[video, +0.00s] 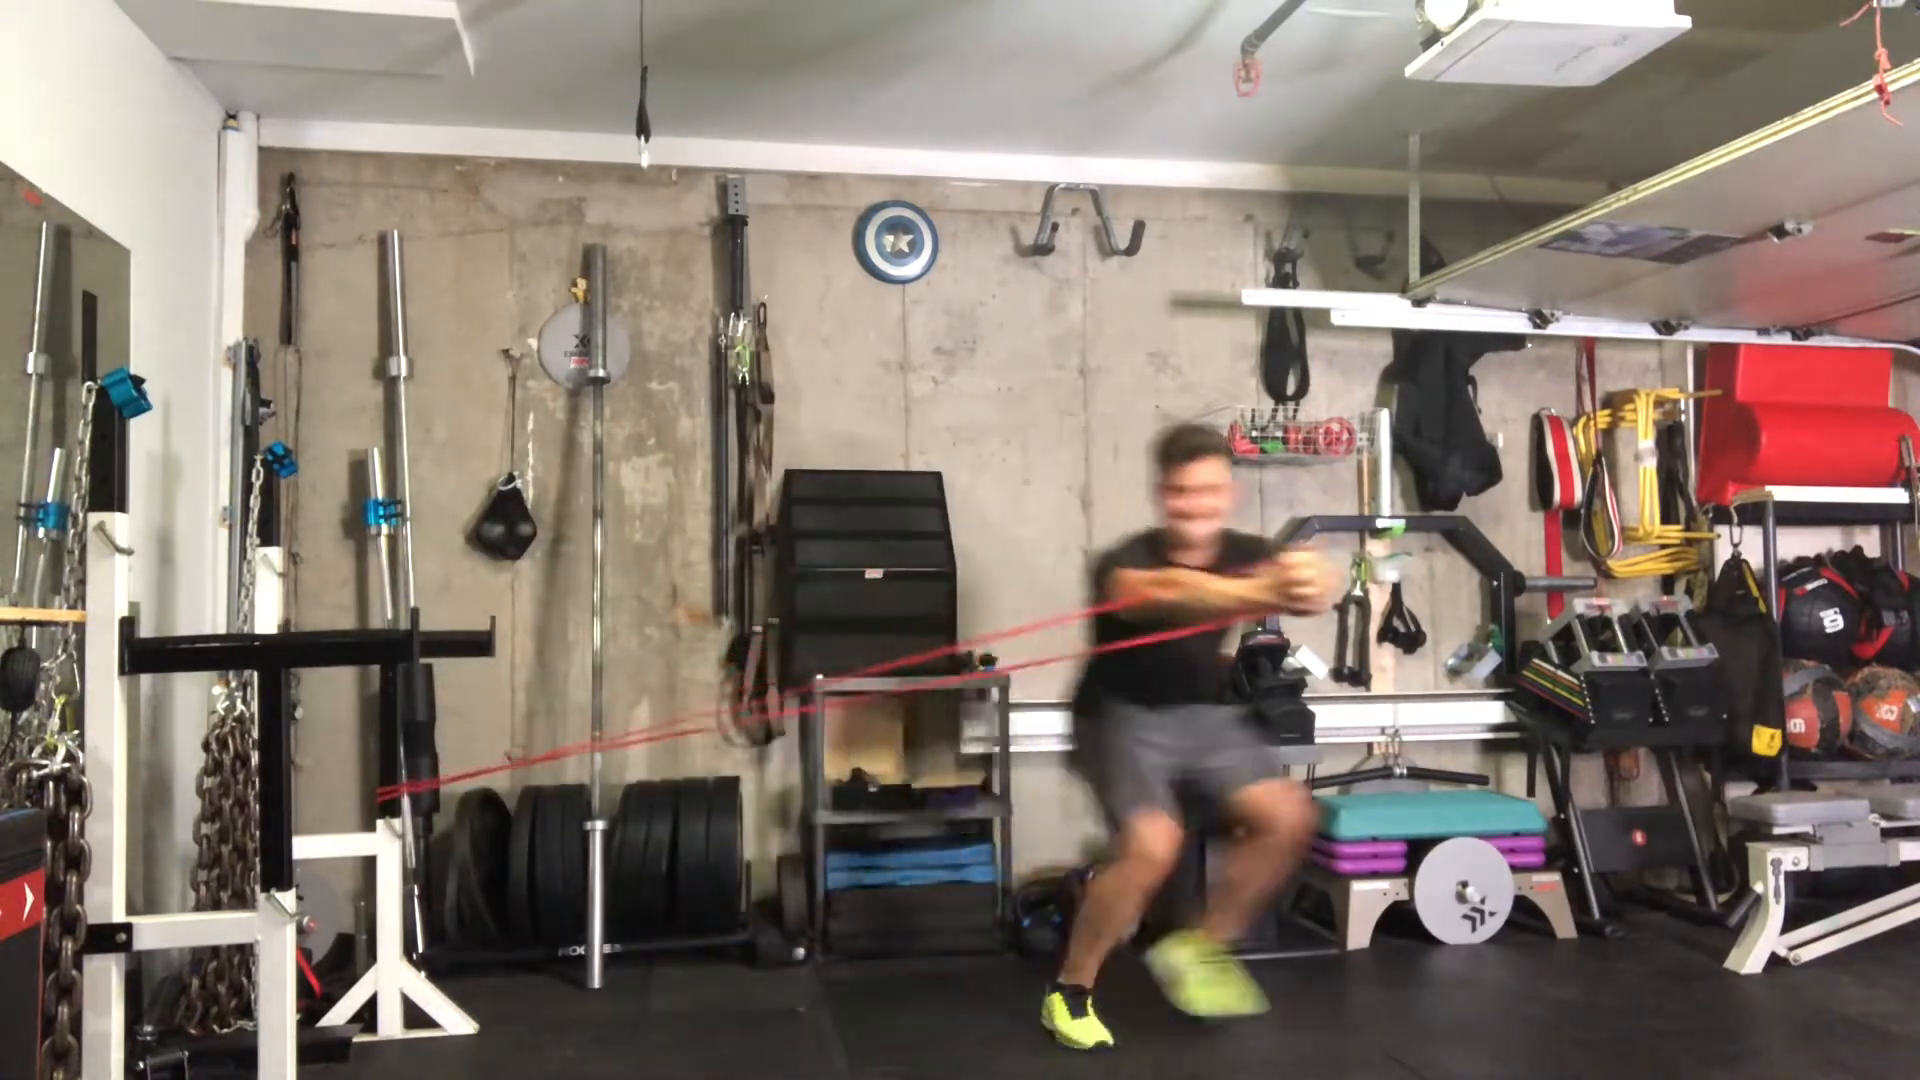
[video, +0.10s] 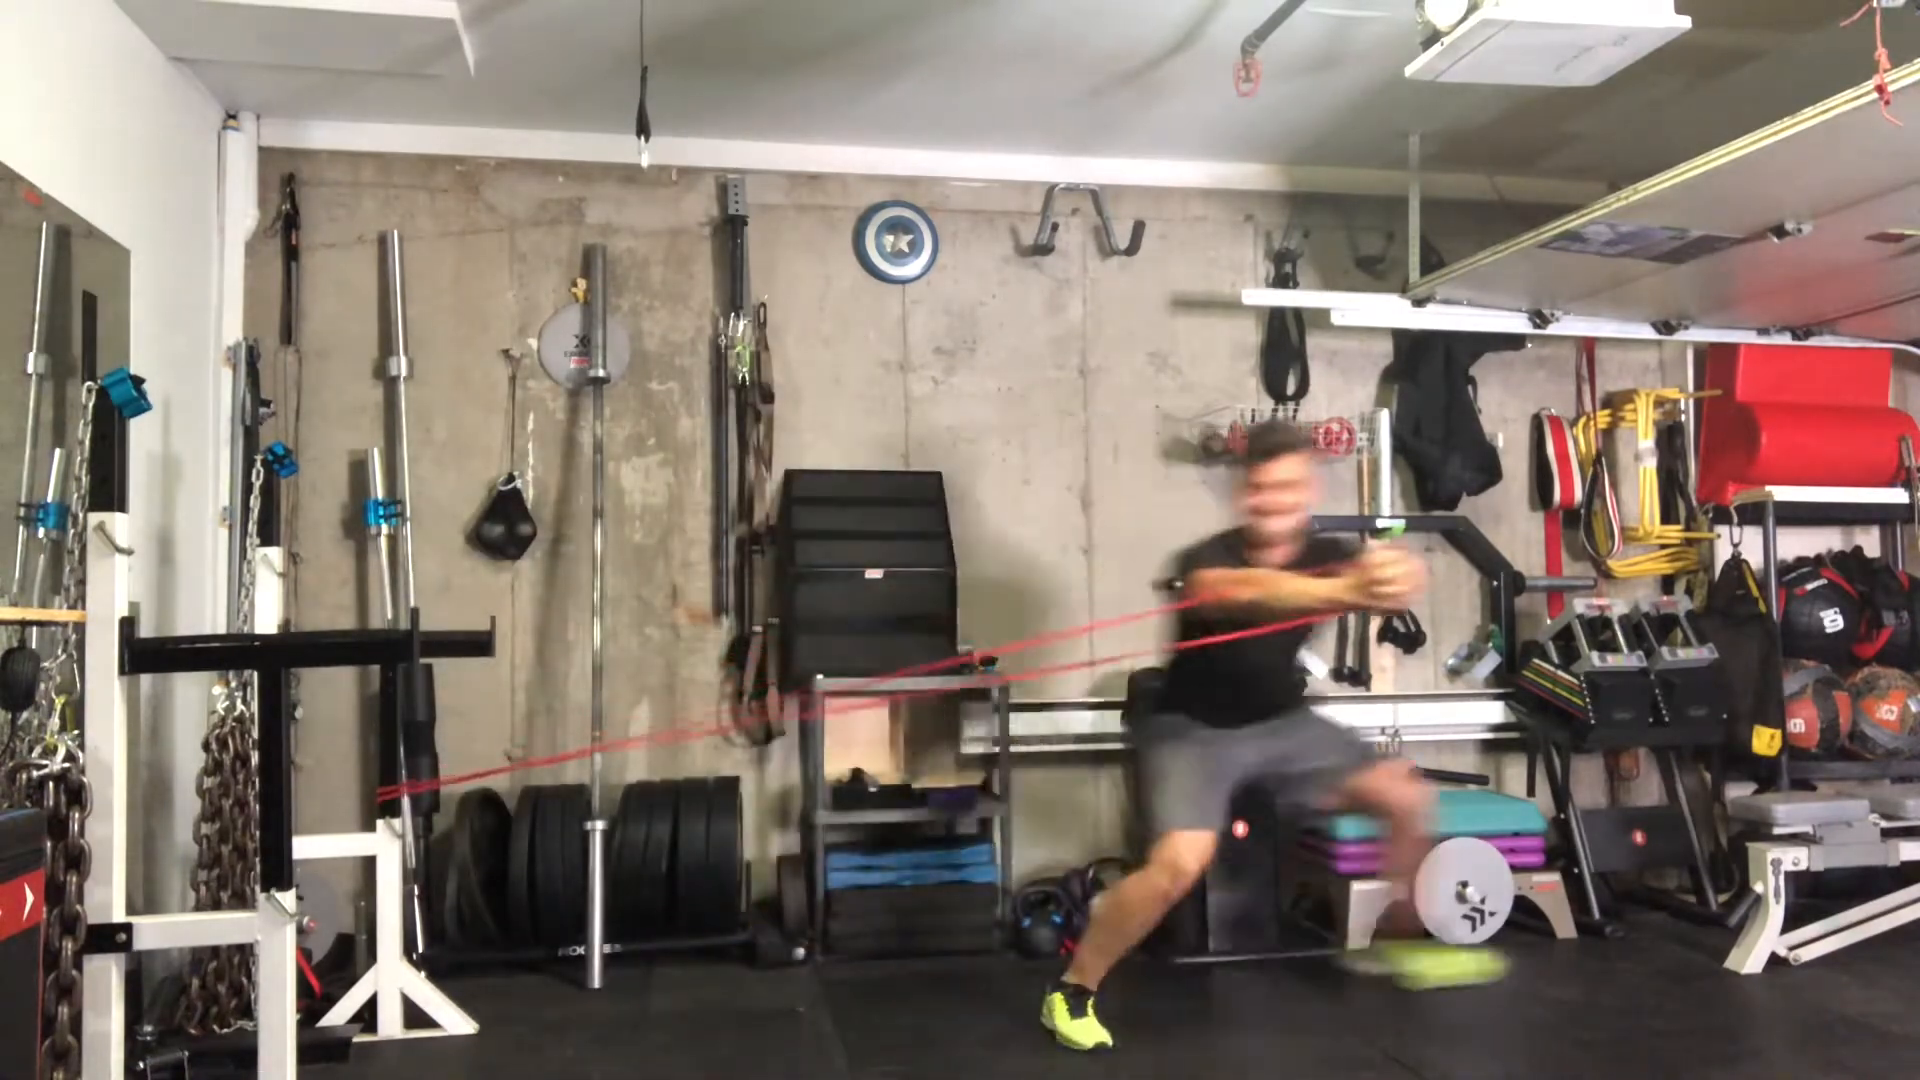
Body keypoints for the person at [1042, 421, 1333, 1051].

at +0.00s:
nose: (1194, 505)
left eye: (1208, 490)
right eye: (1180, 491)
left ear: (1229, 495)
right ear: (1161, 495)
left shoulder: (1247, 555)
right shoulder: (1127, 565)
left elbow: (1302, 588)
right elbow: (1172, 596)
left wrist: (1308, 580)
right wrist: (1265, 592)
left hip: (1210, 719)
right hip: (1127, 722)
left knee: (1287, 815)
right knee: (1152, 844)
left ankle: (1202, 945)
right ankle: (1072, 990)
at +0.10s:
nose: (1272, 501)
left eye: (1288, 487)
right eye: (1260, 488)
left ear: (1310, 493)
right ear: (1243, 493)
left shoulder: (1326, 555)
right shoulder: (1205, 564)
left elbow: (1380, 578)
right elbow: (1246, 593)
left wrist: (1399, 575)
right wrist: (1350, 590)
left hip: (1284, 724)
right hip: (1195, 734)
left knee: (1409, 798)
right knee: (1181, 861)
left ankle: (1403, 935)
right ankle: (1075, 990)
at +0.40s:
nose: (1564, 503)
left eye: (1579, 489)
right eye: (1551, 488)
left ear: (1602, 496)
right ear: (1527, 491)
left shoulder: (1603, 560)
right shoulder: (1491, 551)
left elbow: (1654, 588)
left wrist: (1654, 567)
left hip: (1553, 721)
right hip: (1462, 713)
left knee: (1630, 833)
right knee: (1528, 812)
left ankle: (1675, 974)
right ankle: (1461, 952)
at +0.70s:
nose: (1615, 464)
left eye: (1631, 449)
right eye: (1602, 449)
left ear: (1664, 456)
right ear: (1585, 457)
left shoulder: (1696, 524)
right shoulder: (1547, 521)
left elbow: (1703, 568)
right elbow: (1533, 571)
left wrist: (1661, 576)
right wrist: (1601, 577)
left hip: (1635, 695)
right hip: (1544, 688)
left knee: (1678, 815)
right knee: (1584, 812)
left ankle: (1680, 970)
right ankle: (1554, 967)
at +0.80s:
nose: (1597, 438)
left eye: (1615, 425)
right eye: (1588, 425)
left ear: (1656, 434)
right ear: (1577, 435)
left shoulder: (1697, 513)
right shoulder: (1544, 503)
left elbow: (1678, 566)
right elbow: (1509, 563)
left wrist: (1601, 580)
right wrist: (1567, 570)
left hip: (1641, 691)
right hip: (1548, 686)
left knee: (1687, 817)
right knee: (1564, 803)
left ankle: (1682, 970)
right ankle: (1552, 966)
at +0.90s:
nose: (1571, 416)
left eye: (1588, 402)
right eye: (1565, 404)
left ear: (1633, 407)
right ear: (1560, 413)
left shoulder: (1681, 498)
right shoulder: (1531, 490)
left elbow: (1633, 569)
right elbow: (1473, 567)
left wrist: (1536, 599)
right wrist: (1490, 595)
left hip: (1638, 681)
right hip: (1538, 671)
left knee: (1684, 818)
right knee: (1519, 791)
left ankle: (1682, 970)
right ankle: (1521, 950)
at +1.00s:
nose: (1531, 396)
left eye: (1547, 382)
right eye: (1524, 384)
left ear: (1594, 390)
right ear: (1519, 396)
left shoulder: (1644, 483)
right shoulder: (1509, 481)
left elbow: (1589, 578)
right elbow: (1450, 559)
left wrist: (1471, 621)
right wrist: (1411, 607)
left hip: (1623, 674)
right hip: (1518, 663)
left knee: (1669, 819)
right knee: (1473, 780)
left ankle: (1681, 971)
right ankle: (1443, 952)